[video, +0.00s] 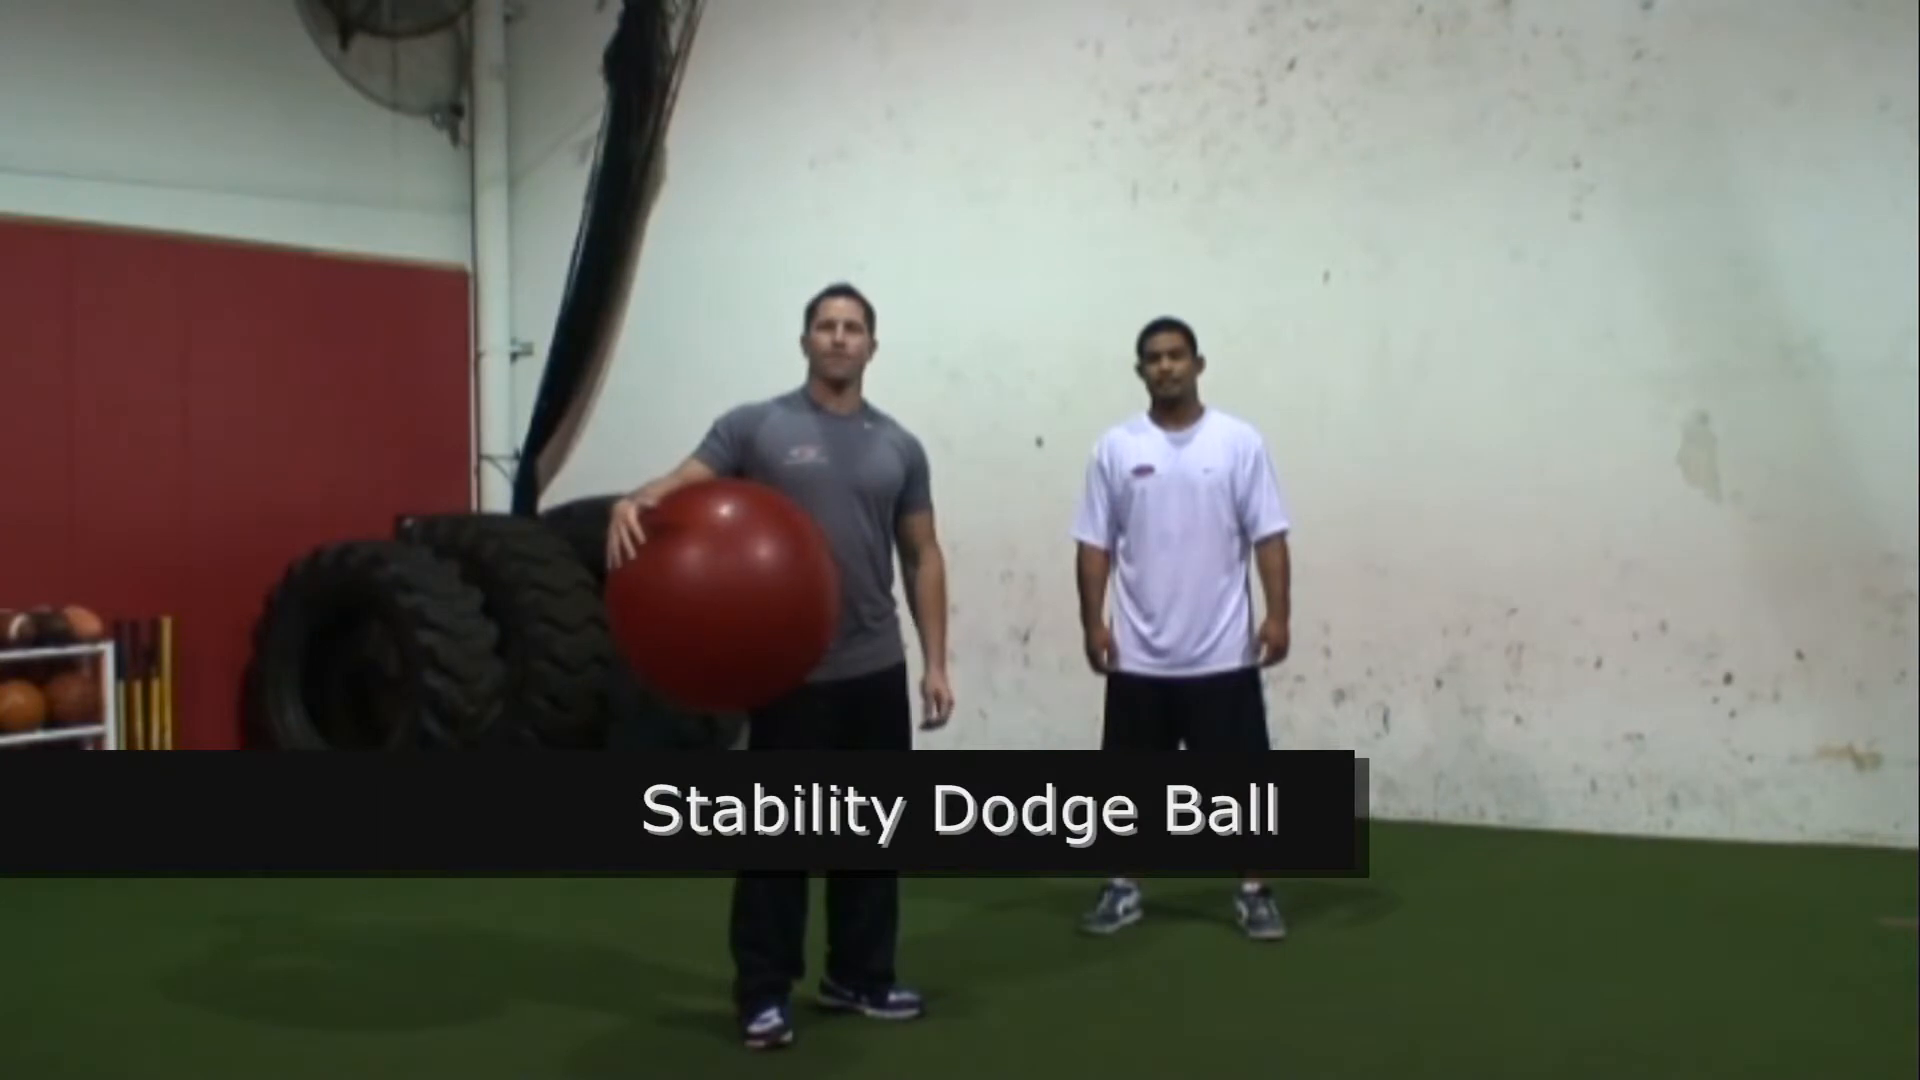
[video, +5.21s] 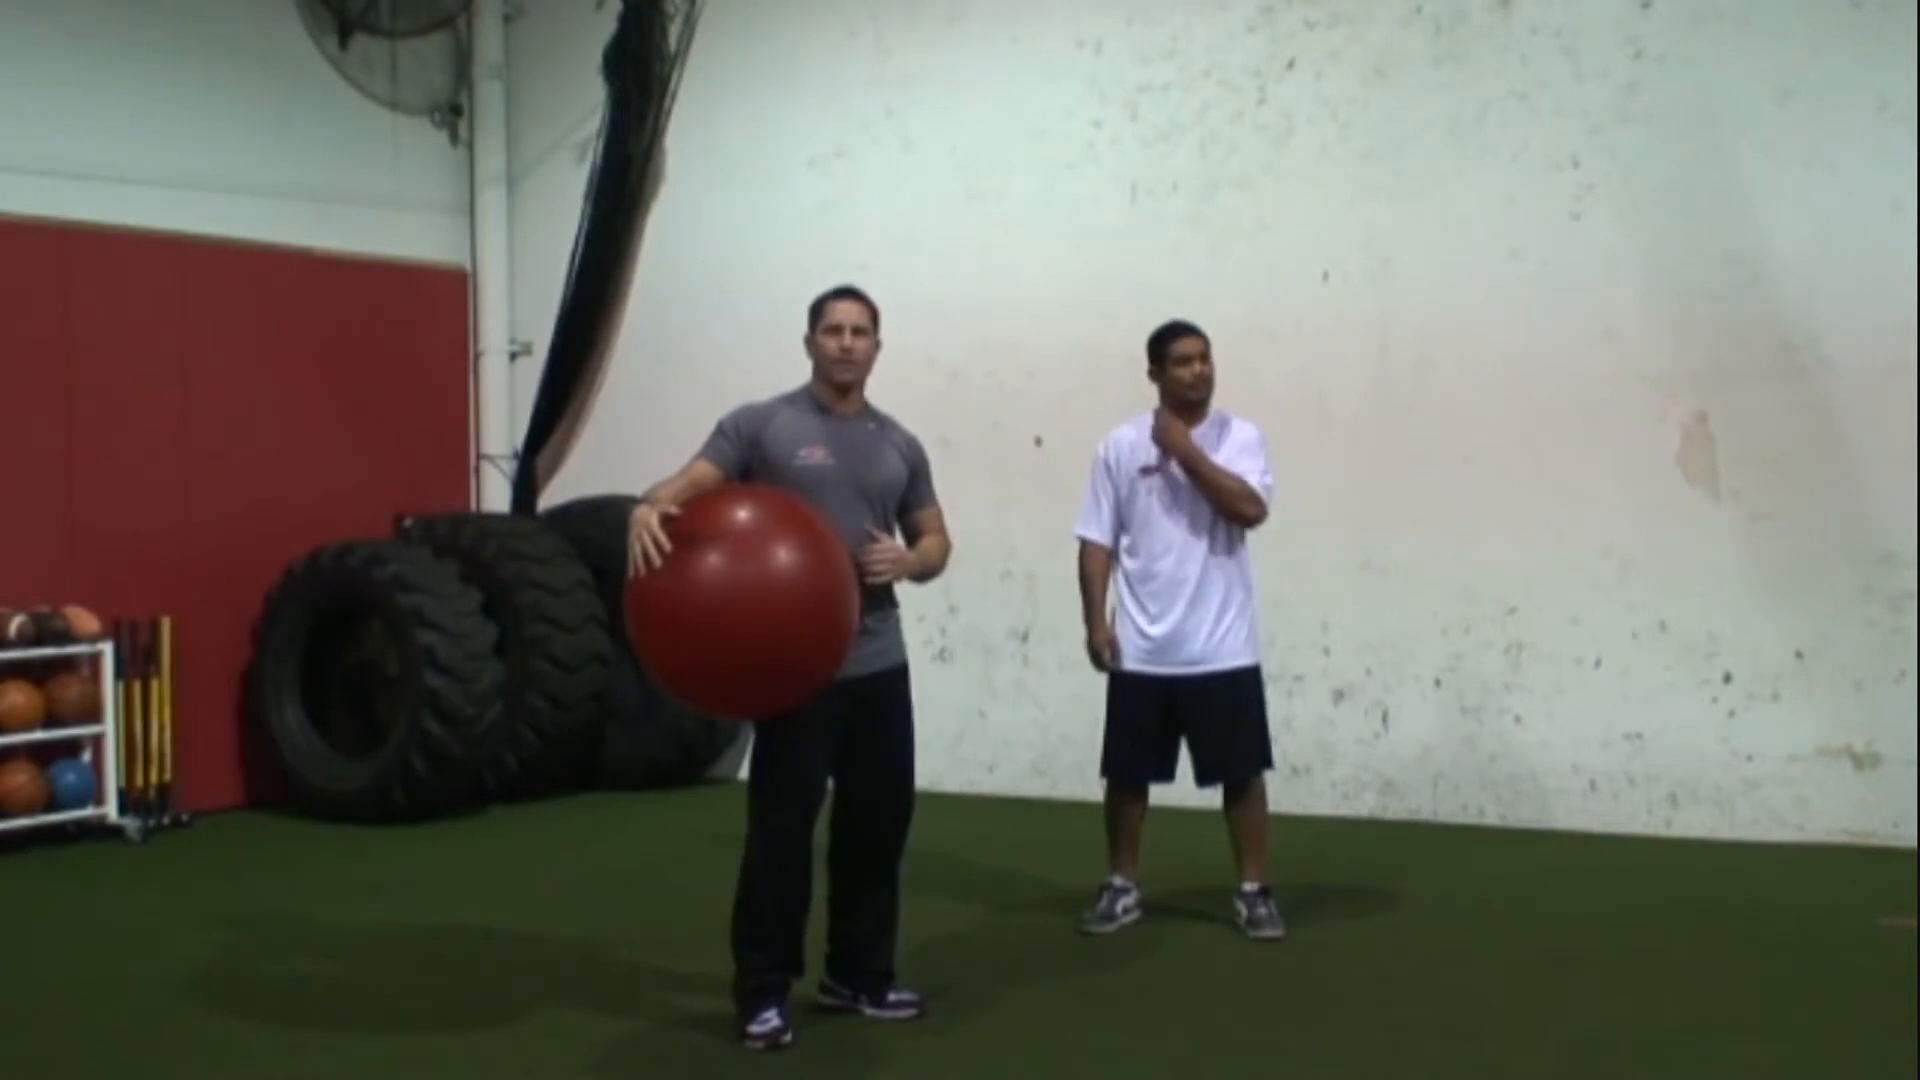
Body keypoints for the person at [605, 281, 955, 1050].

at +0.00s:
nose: (839, 337)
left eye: (853, 327)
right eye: (827, 326)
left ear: (872, 345)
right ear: (804, 341)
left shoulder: (899, 447)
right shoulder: (754, 426)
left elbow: (923, 554)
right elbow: (681, 484)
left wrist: (936, 661)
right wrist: (630, 504)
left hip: (874, 669)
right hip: (785, 674)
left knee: (873, 833)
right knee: (777, 835)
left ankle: (860, 976)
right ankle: (765, 994)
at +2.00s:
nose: (841, 337)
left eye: (854, 326)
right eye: (828, 325)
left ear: (874, 343)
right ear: (806, 339)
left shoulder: (897, 447)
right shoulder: (757, 425)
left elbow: (923, 549)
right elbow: (687, 481)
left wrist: (941, 644)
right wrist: (648, 499)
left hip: (877, 669)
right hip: (789, 670)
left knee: (874, 827)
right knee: (779, 834)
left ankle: (860, 975)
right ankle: (764, 993)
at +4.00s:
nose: (850, 340)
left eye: (862, 330)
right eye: (836, 328)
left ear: (877, 345)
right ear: (809, 338)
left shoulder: (895, 446)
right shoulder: (761, 422)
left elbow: (915, 548)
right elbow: (688, 485)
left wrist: (933, 636)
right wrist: (660, 509)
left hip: (876, 670)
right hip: (792, 669)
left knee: (873, 828)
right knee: (783, 834)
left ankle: (860, 976)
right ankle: (764, 994)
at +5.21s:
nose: (847, 343)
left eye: (860, 332)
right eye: (834, 331)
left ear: (877, 347)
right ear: (810, 343)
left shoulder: (899, 446)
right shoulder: (760, 426)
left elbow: (936, 545)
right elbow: (689, 484)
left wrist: (909, 561)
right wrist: (647, 507)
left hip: (878, 669)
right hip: (791, 671)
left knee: (877, 824)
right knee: (780, 832)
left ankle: (859, 976)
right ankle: (765, 993)